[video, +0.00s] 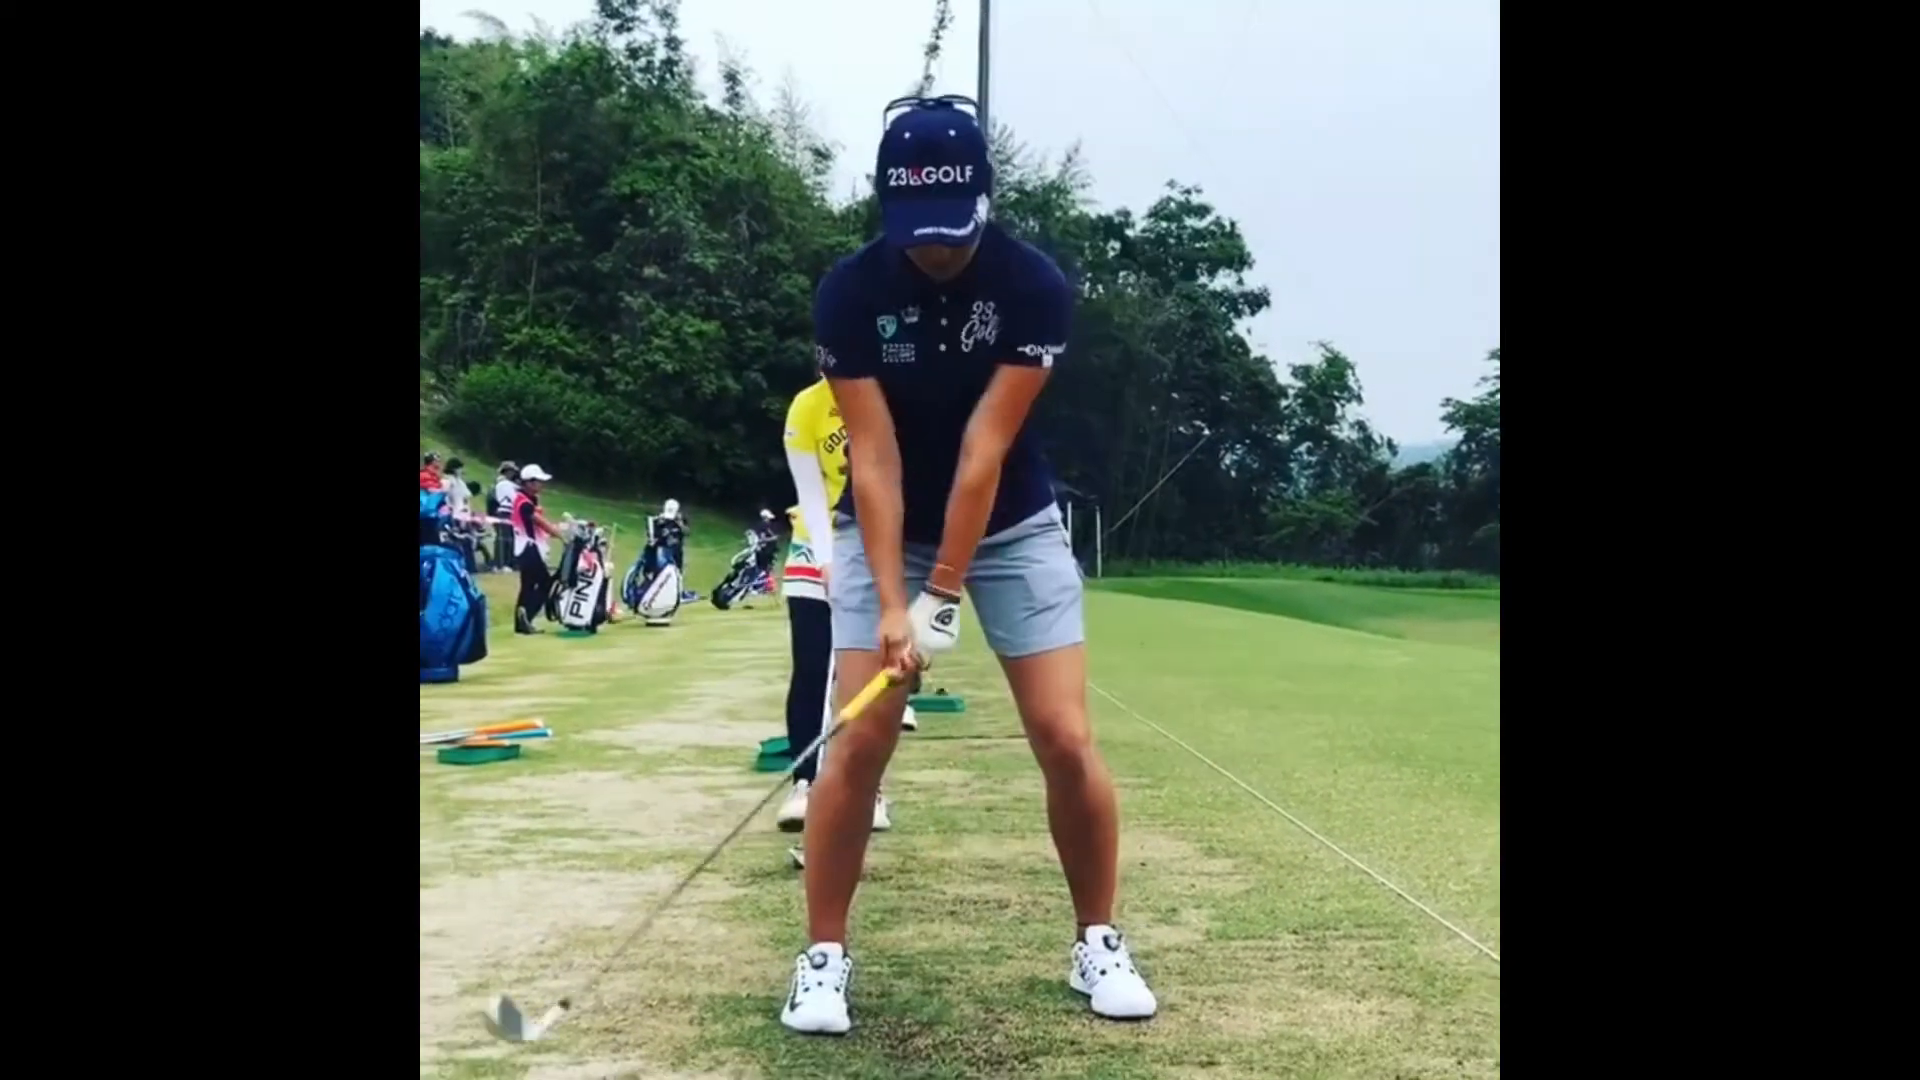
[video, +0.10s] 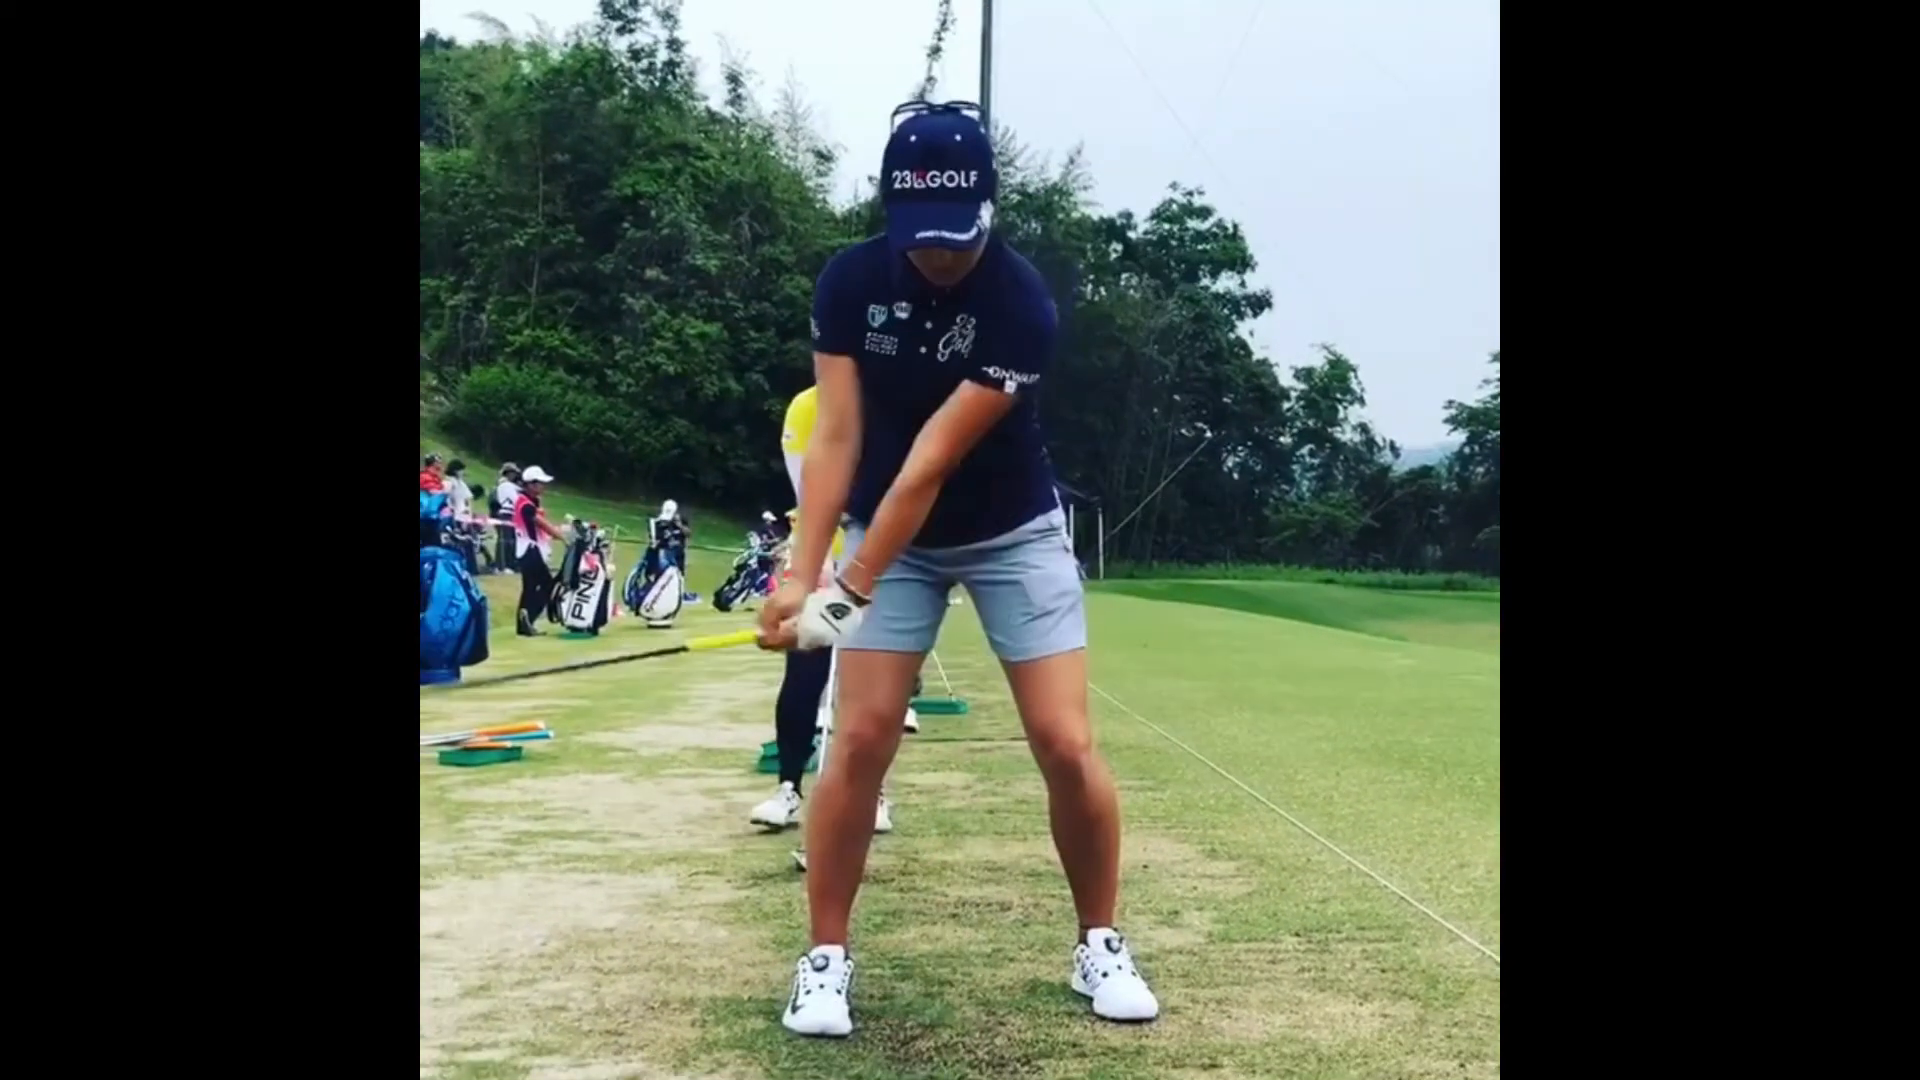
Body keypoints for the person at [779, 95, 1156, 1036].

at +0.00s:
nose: (938, 243)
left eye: (955, 223)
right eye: (920, 225)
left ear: (985, 199)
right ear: (890, 204)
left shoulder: (1036, 287)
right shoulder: (849, 293)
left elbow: (984, 450)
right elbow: (872, 454)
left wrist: (945, 591)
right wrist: (889, 597)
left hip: (1014, 529)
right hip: (888, 532)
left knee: (1066, 741)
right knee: (857, 744)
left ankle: (1100, 942)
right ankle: (824, 954)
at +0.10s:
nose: (940, 250)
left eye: (957, 231)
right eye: (923, 232)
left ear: (987, 206)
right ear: (892, 207)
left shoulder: (1020, 306)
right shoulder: (848, 283)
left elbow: (927, 470)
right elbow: (833, 437)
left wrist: (845, 591)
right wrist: (801, 572)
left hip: (1015, 536)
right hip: (893, 539)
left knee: (1067, 746)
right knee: (862, 739)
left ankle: (1101, 945)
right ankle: (825, 957)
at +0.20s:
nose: (945, 254)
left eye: (962, 235)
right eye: (928, 235)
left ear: (992, 214)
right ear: (899, 210)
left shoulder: (1005, 322)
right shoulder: (867, 265)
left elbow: (848, 440)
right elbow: (799, 391)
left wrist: (737, 526)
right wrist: (706, 496)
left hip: (1017, 539)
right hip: (893, 539)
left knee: (1068, 753)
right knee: (865, 738)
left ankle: (1103, 946)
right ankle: (828, 958)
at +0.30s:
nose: (938, 254)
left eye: (958, 236)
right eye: (922, 234)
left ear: (993, 216)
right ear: (897, 210)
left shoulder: (988, 320)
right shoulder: (888, 255)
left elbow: (809, 370)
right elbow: (800, 340)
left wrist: (663, 387)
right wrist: (669, 360)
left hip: (1018, 544)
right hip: (897, 542)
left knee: (1065, 760)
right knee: (867, 734)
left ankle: (1103, 946)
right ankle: (828, 958)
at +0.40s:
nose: (933, 253)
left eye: (954, 233)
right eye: (917, 232)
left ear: (990, 217)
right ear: (894, 211)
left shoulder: (977, 314)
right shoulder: (894, 264)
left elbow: (803, 313)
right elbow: (809, 307)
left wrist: (690, 256)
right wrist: (709, 249)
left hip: (1016, 549)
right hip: (895, 542)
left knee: (1061, 769)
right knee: (871, 736)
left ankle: (1102, 950)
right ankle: (829, 960)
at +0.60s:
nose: (939, 260)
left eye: (958, 239)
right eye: (921, 242)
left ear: (999, 217)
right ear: (896, 224)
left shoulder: (991, 312)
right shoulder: (911, 286)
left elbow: (826, 251)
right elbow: (848, 306)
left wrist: (773, 175)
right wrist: (811, 192)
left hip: (1025, 555)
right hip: (908, 548)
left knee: (1062, 775)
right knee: (870, 743)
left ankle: (1099, 953)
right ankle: (825, 963)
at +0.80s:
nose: (984, 276)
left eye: (987, 254)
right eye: (961, 270)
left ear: (994, 217)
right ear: (915, 261)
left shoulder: (1056, 256)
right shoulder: (895, 327)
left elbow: (1063, 416)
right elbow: (932, 475)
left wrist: (1042, 550)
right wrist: (989, 567)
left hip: (1083, 524)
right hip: (973, 541)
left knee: (1117, 722)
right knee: (951, 748)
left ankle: (1108, 953)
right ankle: (829, 958)